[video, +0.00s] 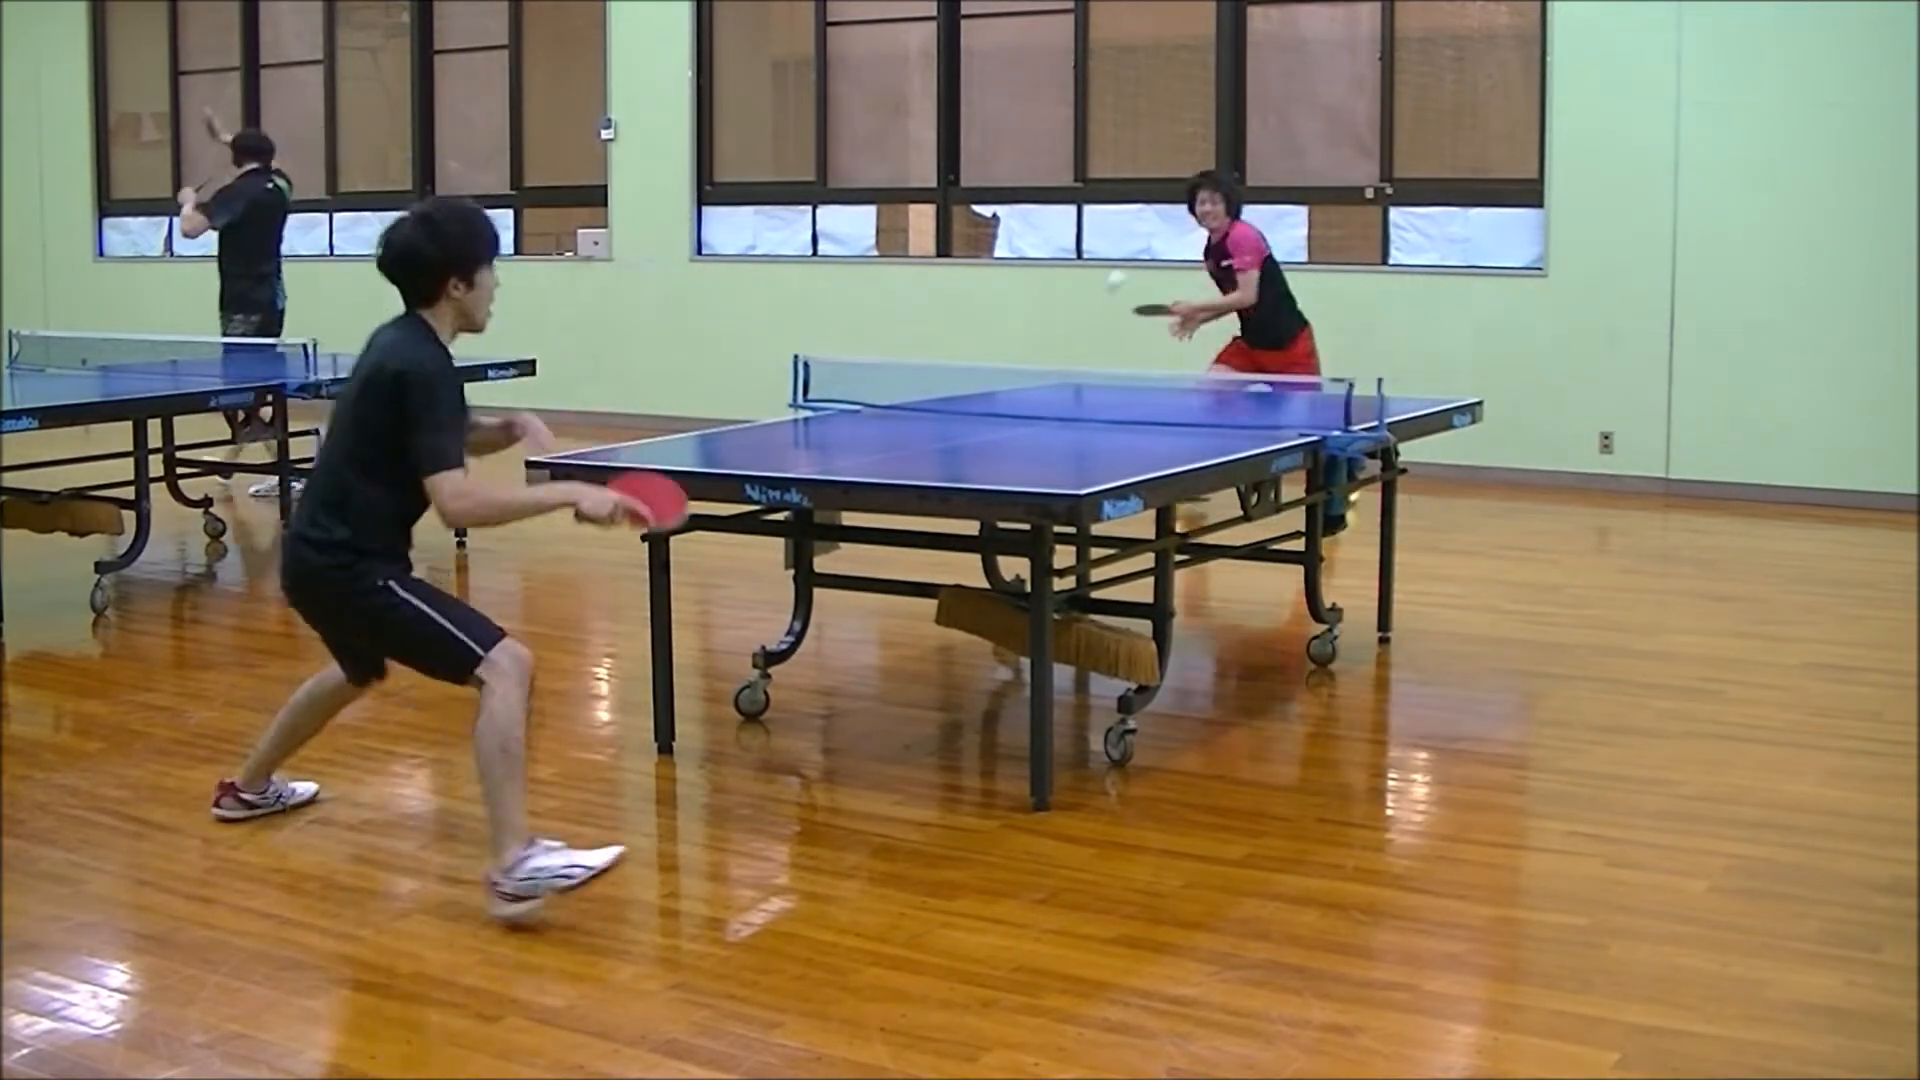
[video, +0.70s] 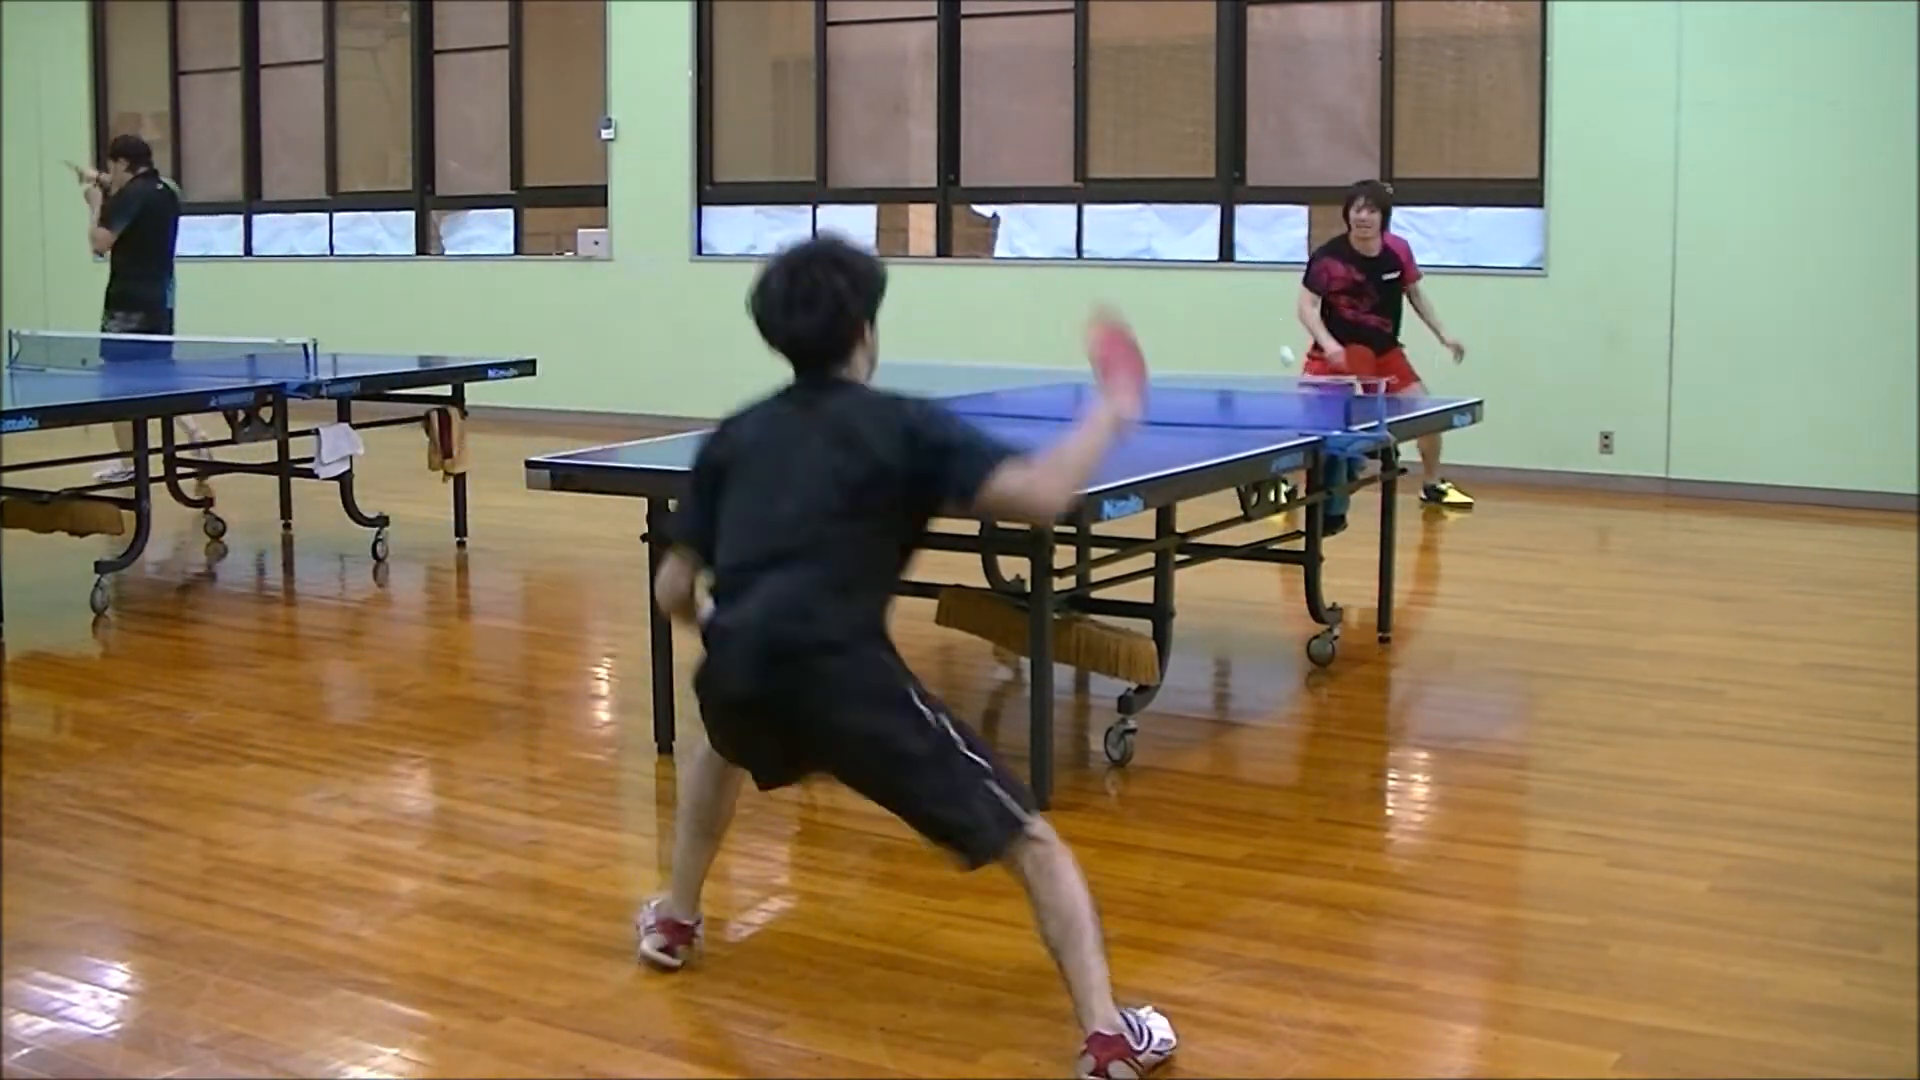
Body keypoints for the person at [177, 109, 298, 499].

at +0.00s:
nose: (234, 155)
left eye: (235, 151)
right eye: (236, 152)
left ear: (238, 157)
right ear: (267, 156)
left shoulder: (239, 192)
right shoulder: (280, 185)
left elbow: (191, 227)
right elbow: (258, 159)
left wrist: (188, 201)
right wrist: (226, 136)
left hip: (243, 304)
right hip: (270, 298)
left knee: (236, 383)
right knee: (263, 372)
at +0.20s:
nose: (204, 155)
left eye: (205, 152)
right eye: (206, 152)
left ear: (210, 158)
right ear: (238, 158)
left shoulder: (211, 193)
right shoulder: (248, 186)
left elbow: (177, 240)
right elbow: (214, 151)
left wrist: (166, 216)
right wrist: (177, 136)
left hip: (210, 305)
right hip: (238, 300)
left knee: (190, 387)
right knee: (227, 383)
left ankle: (246, 440)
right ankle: (219, 467)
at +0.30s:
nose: (186, 155)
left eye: (189, 151)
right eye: (188, 151)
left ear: (196, 156)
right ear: (222, 156)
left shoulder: (201, 188)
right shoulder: (234, 184)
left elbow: (175, 240)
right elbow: (188, 151)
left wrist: (156, 217)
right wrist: (152, 134)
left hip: (195, 303)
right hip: (225, 302)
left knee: (165, 377)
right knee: (209, 383)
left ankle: (213, 436)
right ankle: (218, 479)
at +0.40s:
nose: (171, 154)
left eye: (174, 151)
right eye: (173, 151)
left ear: (183, 157)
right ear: (203, 155)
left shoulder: (189, 186)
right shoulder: (216, 181)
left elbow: (164, 240)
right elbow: (169, 149)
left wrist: (145, 217)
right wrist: (130, 132)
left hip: (181, 300)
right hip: (212, 300)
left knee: (150, 371)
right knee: (214, 386)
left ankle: (162, 457)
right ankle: (219, 466)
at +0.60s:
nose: (133, 166)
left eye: (134, 161)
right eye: (133, 161)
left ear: (146, 162)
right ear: (166, 159)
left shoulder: (152, 194)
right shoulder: (184, 189)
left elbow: (122, 244)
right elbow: (135, 162)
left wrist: (112, 211)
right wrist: (101, 147)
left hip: (146, 307)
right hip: (180, 305)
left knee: (127, 385)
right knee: (194, 385)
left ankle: (128, 459)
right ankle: (215, 453)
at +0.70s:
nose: (108, 173)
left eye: (111, 166)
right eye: (108, 167)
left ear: (125, 164)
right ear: (146, 163)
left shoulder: (133, 194)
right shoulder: (167, 192)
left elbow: (100, 243)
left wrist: (96, 203)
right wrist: (108, 186)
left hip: (127, 307)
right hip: (157, 305)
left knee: (116, 385)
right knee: (158, 378)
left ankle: (127, 460)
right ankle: (195, 436)